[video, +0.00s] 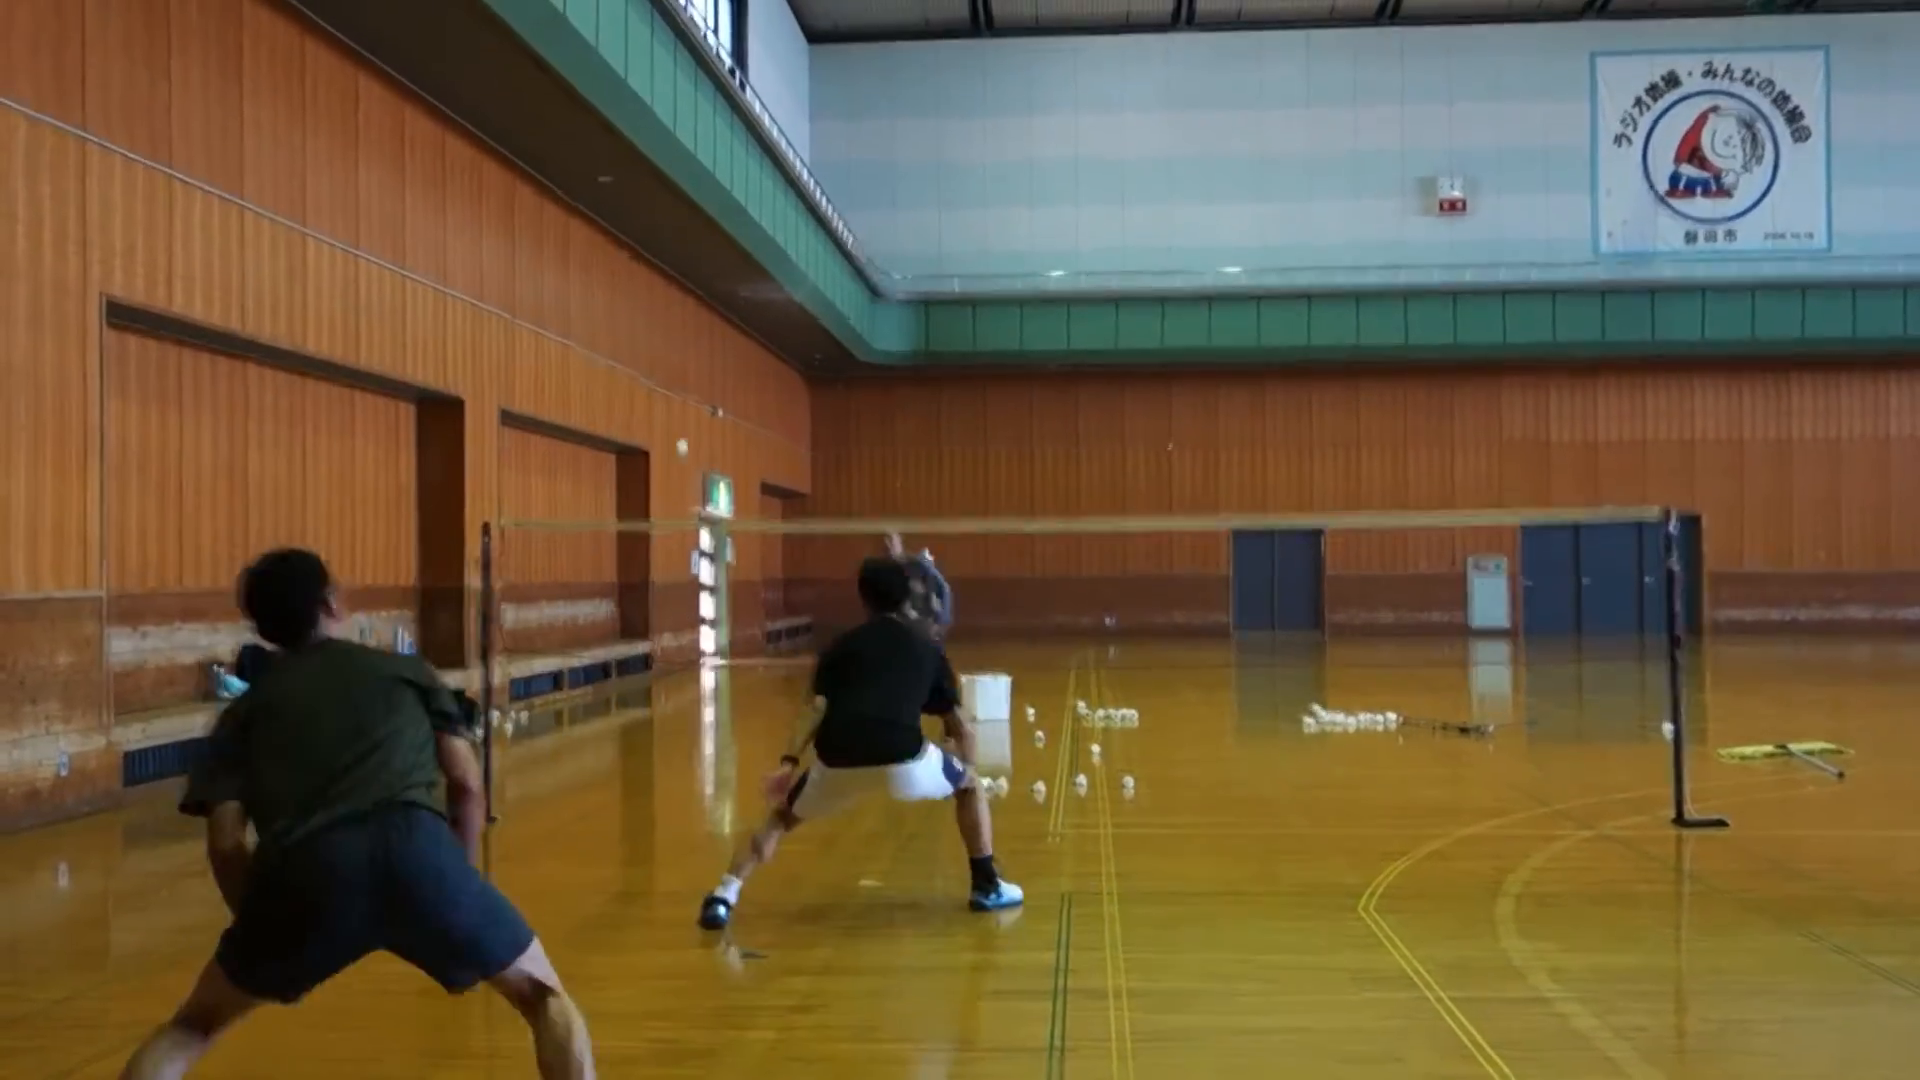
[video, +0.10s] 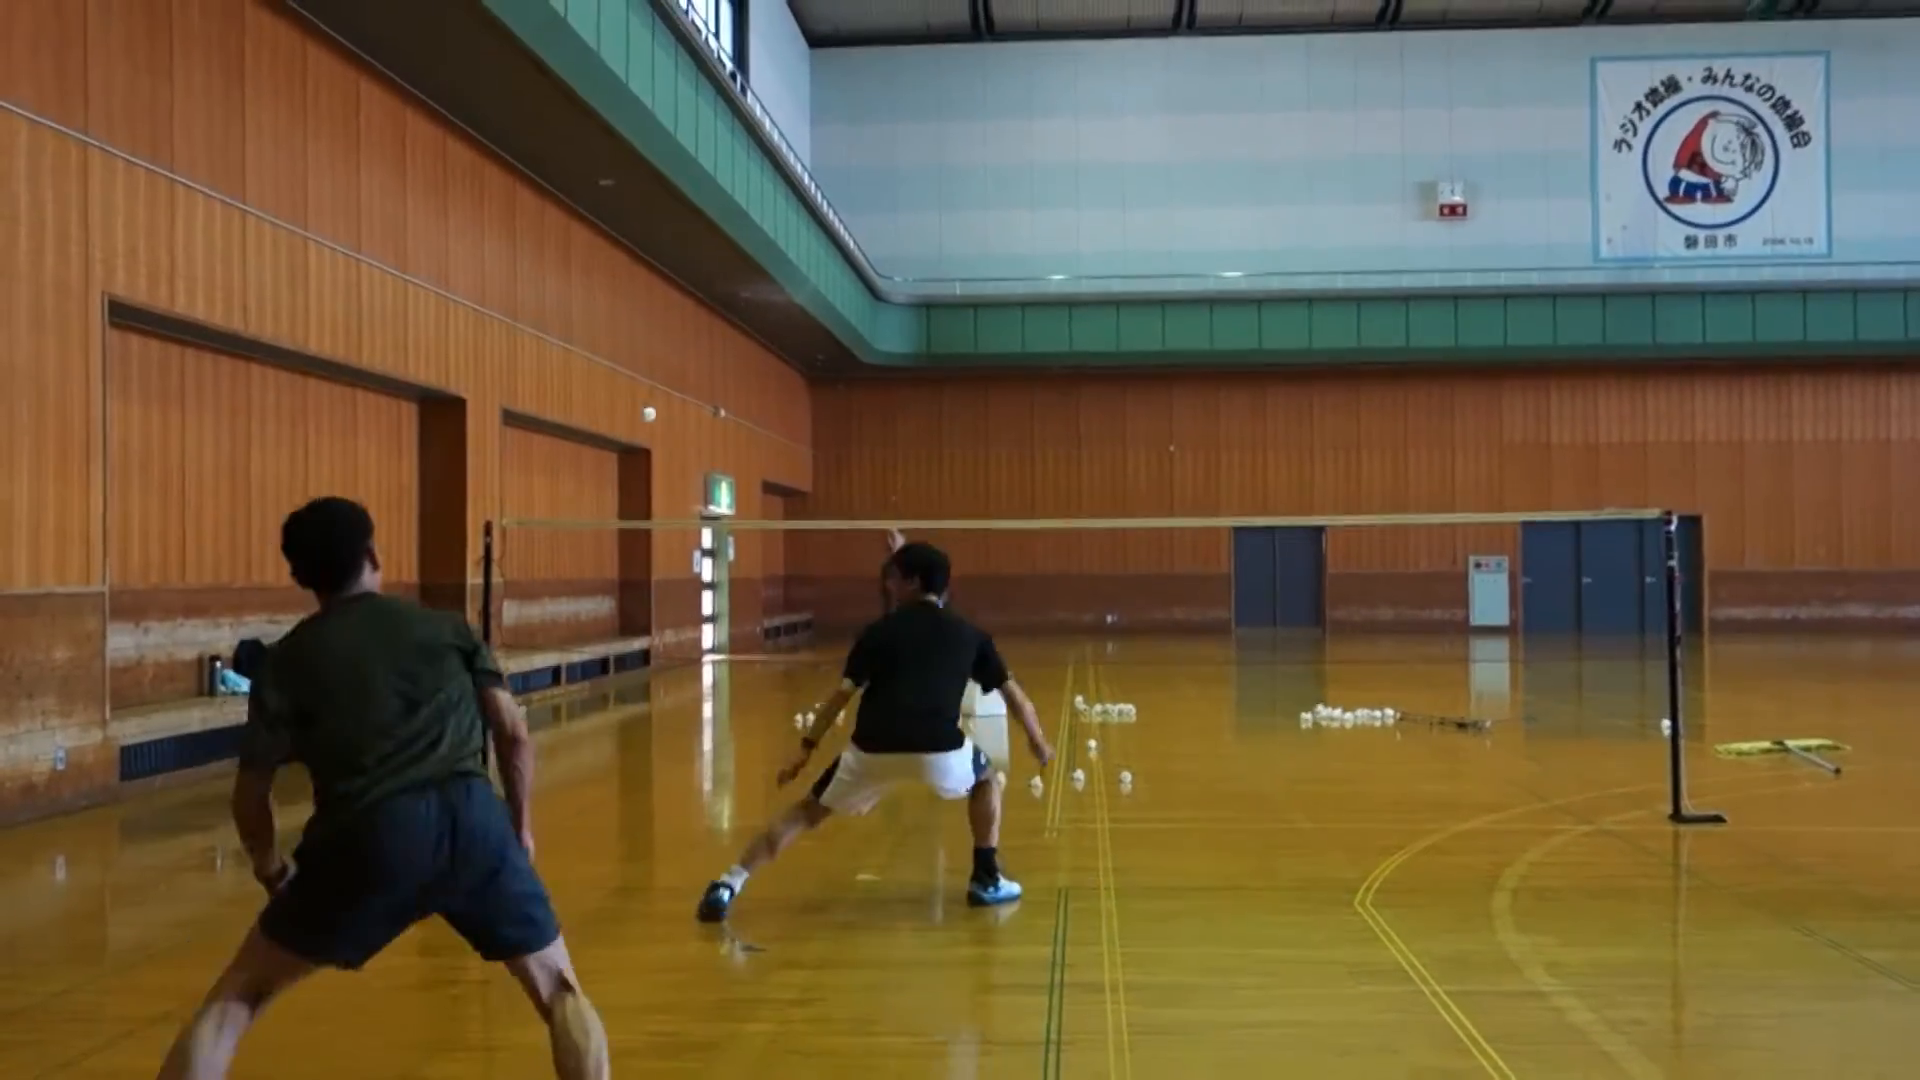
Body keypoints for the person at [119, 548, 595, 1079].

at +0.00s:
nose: (345, 604)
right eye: (338, 595)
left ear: (264, 630)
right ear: (330, 607)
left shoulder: (246, 711)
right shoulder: (403, 670)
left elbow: (225, 846)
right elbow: (466, 782)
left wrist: (262, 933)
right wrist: (464, 887)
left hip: (308, 880)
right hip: (419, 860)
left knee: (193, 1026)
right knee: (545, 999)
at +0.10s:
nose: (379, 552)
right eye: (375, 546)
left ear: (301, 578)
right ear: (373, 556)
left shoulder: (289, 659)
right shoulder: (445, 629)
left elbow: (250, 794)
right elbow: (514, 734)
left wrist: (268, 865)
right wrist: (520, 831)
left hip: (365, 848)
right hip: (476, 833)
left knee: (239, 996)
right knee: (561, 992)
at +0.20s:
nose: (404, 523)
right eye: (402, 516)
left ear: (325, 542)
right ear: (401, 525)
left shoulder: (315, 636)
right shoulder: (472, 602)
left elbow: (245, 754)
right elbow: (534, 719)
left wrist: (241, 798)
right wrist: (528, 805)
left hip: (411, 832)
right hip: (509, 816)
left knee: (291, 994)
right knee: (531, 990)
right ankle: (578, 1071)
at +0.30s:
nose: (446, 546)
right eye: (444, 539)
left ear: (366, 557)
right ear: (441, 548)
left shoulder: (348, 633)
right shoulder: (492, 623)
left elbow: (264, 672)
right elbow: (529, 700)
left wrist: (216, 666)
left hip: (440, 844)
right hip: (530, 828)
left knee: (402, 1048)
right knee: (552, 945)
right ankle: (562, 1070)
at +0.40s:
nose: (505, 566)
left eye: (417, 565)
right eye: (501, 556)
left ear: (420, 573)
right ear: (495, 567)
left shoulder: (393, 632)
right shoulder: (534, 640)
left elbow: (260, 624)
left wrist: (176, 602)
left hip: (465, 850)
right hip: (558, 833)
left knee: (428, 1047)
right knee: (584, 891)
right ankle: (583, 1031)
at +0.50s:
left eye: (476, 558)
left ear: (476, 568)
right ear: (544, 571)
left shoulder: (453, 612)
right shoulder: (569, 631)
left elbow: (357, 620)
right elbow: (587, 686)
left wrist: (251, 641)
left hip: (495, 807)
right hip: (575, 797)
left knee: (464, 973)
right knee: (586, 862)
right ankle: (590, 989)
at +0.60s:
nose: (490, 570)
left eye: (494, 561)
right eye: (493, 560)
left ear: (507, 573)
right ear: (559, 578)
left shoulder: (502, 616)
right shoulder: (582, 636)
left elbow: (466, 634)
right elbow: (611, 699)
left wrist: (415, 659)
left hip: (542, 797)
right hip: (608, 790)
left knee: (502, 948)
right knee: (587, 887)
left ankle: (498, 1070)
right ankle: (598, 1020)